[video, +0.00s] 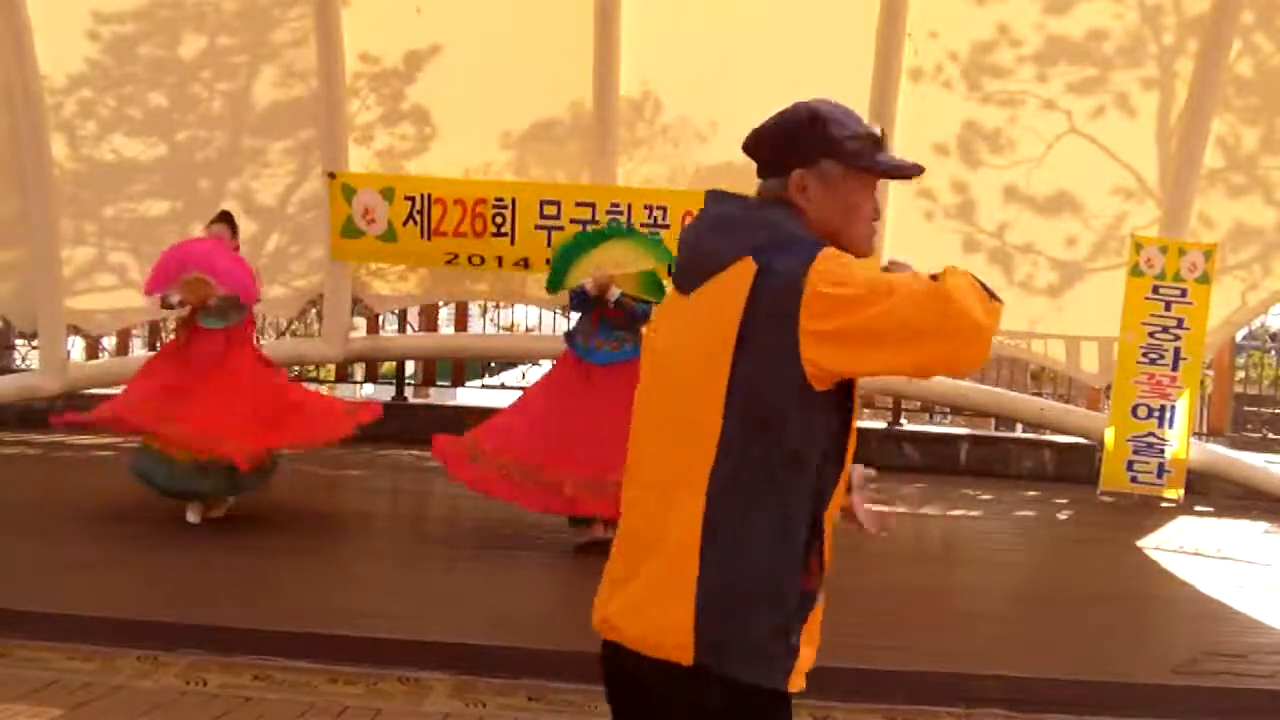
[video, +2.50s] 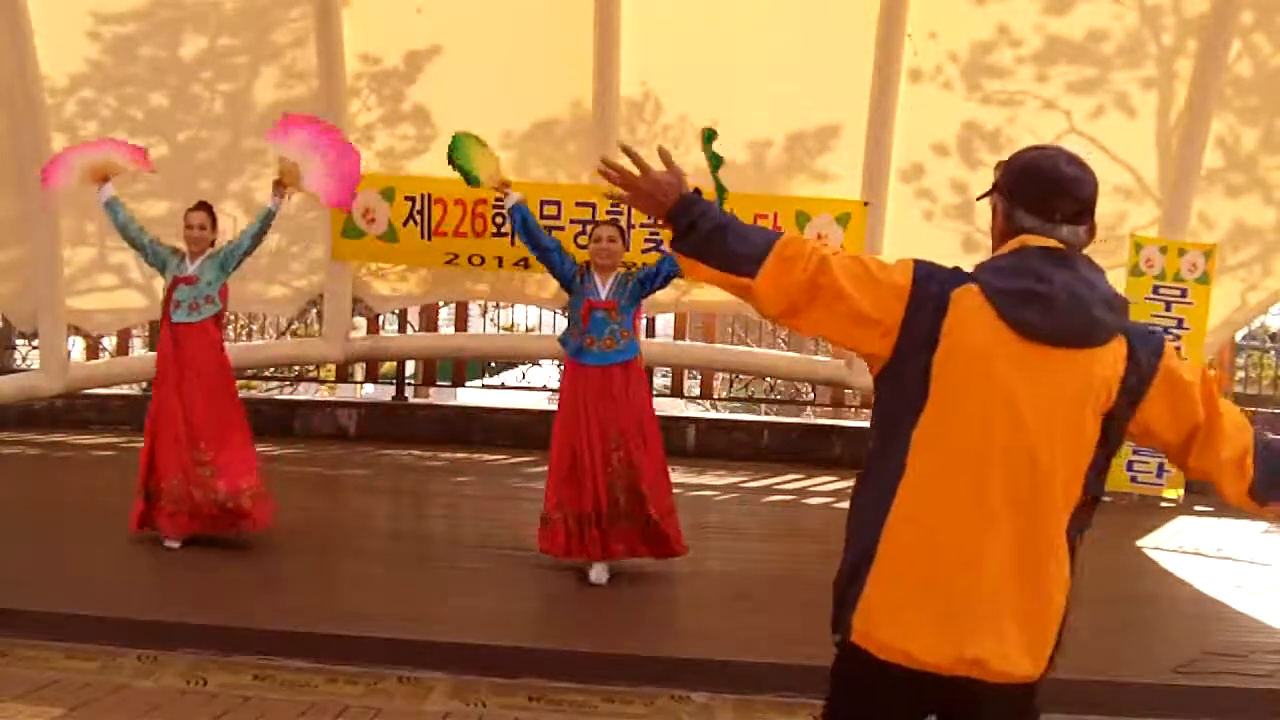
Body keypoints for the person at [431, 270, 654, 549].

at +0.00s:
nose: (612, 267)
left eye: (620, 263)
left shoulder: (642, 277)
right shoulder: (590, 266)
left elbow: (642, 315)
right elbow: (574, 302)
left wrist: (615, 297)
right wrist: (590, 291)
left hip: (625, 356)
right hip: (586, 353)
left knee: (620, 442)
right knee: (584, 440)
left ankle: (617, 524)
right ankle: (596, 525)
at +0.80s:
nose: (607, 282)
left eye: (613, 276)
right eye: (601, 275)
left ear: (623, 277)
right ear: (590, 275)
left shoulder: (633, 310)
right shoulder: (578, 308)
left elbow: (646, 350)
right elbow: (566, 345)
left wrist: (616, 347)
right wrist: (584, 348)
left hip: (626, 388)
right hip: (585, 387)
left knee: (625, 455)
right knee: (582, 454)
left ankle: (627, 529)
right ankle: (578, 529)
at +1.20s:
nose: (592, 296)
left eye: (599, 290)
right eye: (587, 290)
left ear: (613, 290)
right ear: (581, 290)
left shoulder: (627, 320)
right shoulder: (571, 320)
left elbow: (652, 363)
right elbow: (552, 363)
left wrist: (633, 382)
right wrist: (545, 400)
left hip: (618, 400)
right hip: (577, 398)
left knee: (621, 458)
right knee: (572, 456)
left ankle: (623, 523)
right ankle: (570, 522)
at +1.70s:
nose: (593, 268)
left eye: (600, 263)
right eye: (588, 262)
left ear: (612, 266)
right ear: (581, 264)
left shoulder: (624, 302)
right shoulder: (567, 298)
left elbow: (656, 334)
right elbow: (535, 332)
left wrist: (681, 355)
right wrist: (502, 361)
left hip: (610, 390)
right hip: (570, 389)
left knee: (612, 459)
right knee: (569, 459)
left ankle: (604, 535)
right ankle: (565, 530)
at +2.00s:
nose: (603, 249)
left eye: (610, 244)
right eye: (598, 243)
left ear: (623, 252)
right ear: (589, 250)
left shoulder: (635, 286)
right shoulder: (575, 286)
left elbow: (676, 299)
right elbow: (531, 298)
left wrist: (709, 299)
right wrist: (485, 305)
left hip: (620, 381)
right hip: (580, 380)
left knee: (617, 455)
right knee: (575, 453)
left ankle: (611, 538)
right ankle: (574, 537)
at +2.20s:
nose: (604, 247)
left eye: (611, 243)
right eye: (598, 242)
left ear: (623, 252)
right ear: (590, 249)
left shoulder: (636, 285)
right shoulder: (575, 283)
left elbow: (678, 281)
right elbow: (528, 273)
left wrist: (715, 269)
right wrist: (483, 255)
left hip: (622, 380)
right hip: (583, 379)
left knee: (618, 455)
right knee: (586, 456)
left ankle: (608, 541)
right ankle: (590, 544)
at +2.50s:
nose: (604, 246)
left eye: (612, 240)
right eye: (598, 240)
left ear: (624, 248)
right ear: (588, 247)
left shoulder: (633, 285)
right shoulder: (577, 280)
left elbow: (672, 265)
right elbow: (542, 245)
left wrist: (693, 230)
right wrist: (512, 199)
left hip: (623, 380)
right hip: (583, 380)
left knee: (620, 461)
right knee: (587, 460)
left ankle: (606, 550)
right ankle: (595, 553)